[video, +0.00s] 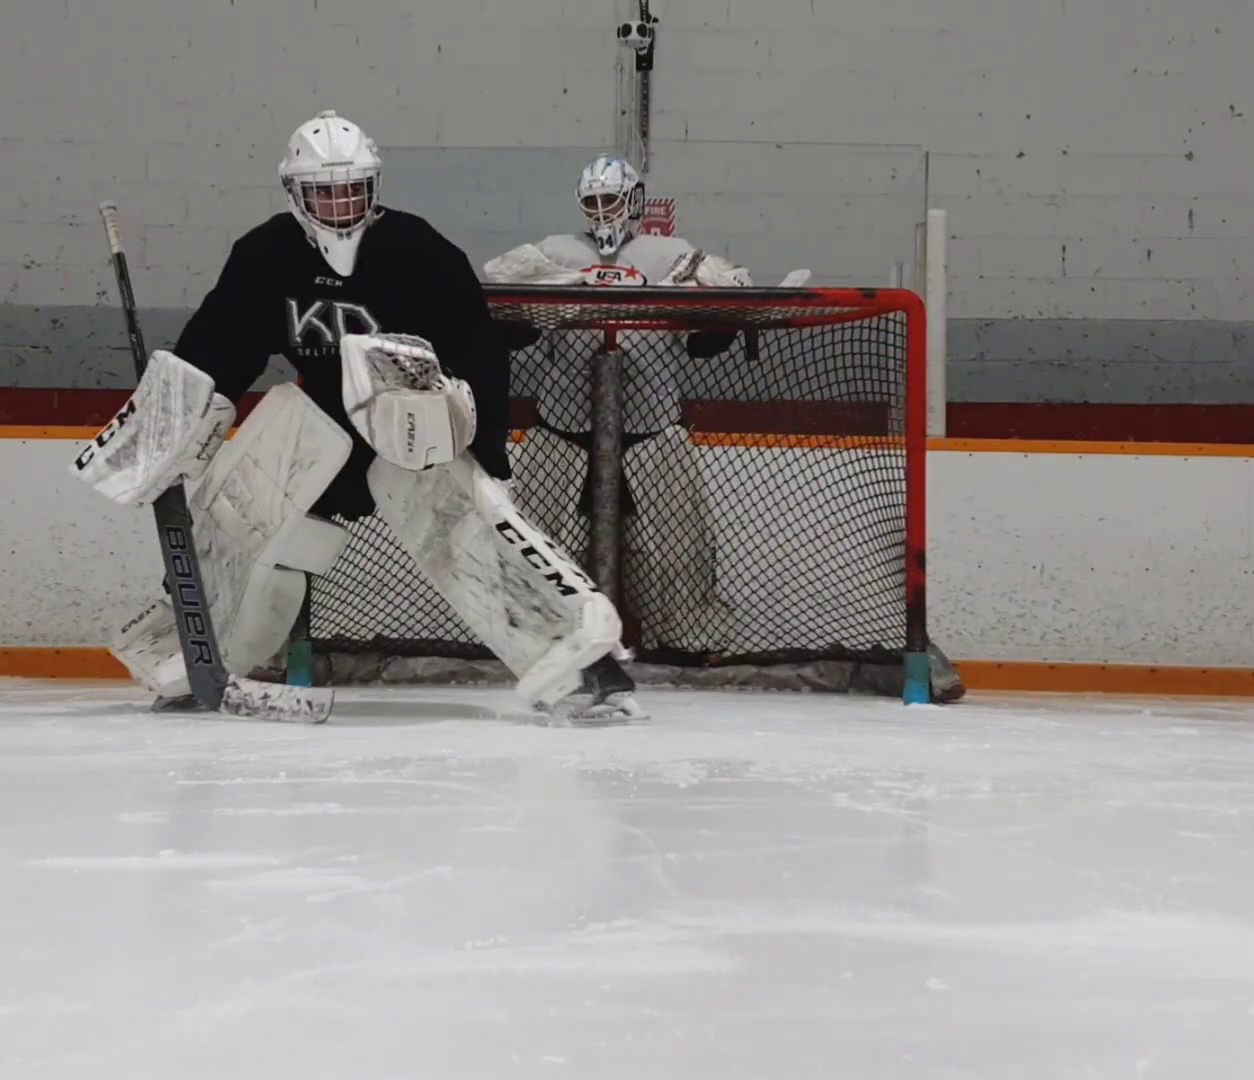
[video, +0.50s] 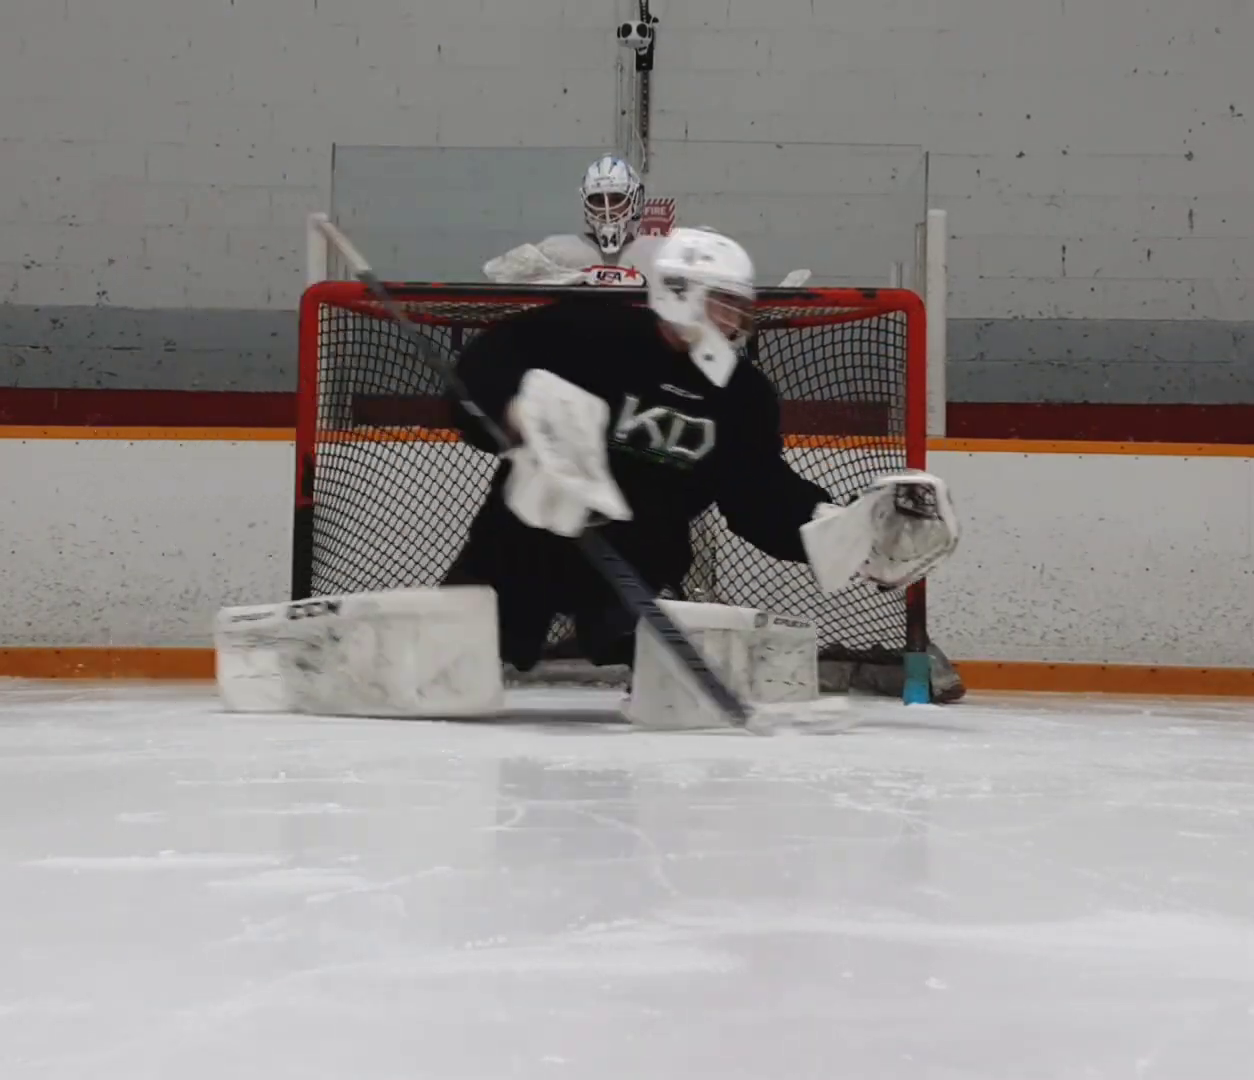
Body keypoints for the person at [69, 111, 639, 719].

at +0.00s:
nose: (338, 203)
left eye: (351, 190)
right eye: (324, 190)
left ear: (371, 188)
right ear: (298, 191)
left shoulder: (416, 248)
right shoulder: (265, 254)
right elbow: (212, 350)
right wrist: (163, 424)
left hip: (420, 439)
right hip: (319, 437)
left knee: (478, 559)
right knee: (276, 558)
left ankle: (582, 670)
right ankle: (217, 677)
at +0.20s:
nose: (397, 234)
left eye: (409, 218)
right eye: (379, 220)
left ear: (424, 215)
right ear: (344, 217)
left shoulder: (457, 279)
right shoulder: (300, 271)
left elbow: (517, 369)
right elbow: (219, 339)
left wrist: (534, 432)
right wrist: (182, 417)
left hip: (450, 464)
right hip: (344, 461)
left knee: (534, 567)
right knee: (263, 547)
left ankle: (642, 672)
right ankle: (190, 663)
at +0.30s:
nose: (480, 258)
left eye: (490, 245)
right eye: (463, 245)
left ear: (503, 244)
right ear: (423, 242)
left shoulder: (527, 314)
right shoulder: (369, 286)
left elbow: (586, 405)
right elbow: (275, 334)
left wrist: (647, 463)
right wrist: (239, 426)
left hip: (507, 501)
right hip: (396, 491)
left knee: (531, 652)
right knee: (299, 585)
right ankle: (197, 665)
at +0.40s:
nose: (596, 289)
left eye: (607, 277)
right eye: (581, 274)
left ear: (613, 279)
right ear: (540, 268)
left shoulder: (626, 360)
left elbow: (695, 456)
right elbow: (365, 355)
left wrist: (778, 506)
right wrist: (375, 434)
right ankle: (221, 662)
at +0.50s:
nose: (737, 319)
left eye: (744, 308)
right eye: (725, 303)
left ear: (749, 312)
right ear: (676, 295)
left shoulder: (745, 394)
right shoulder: (593, 329)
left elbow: (758, 499)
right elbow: (480, 366)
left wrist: (856, 534)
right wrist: (523, 413)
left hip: (637, 558)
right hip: (527, 532)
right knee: (457, 663)